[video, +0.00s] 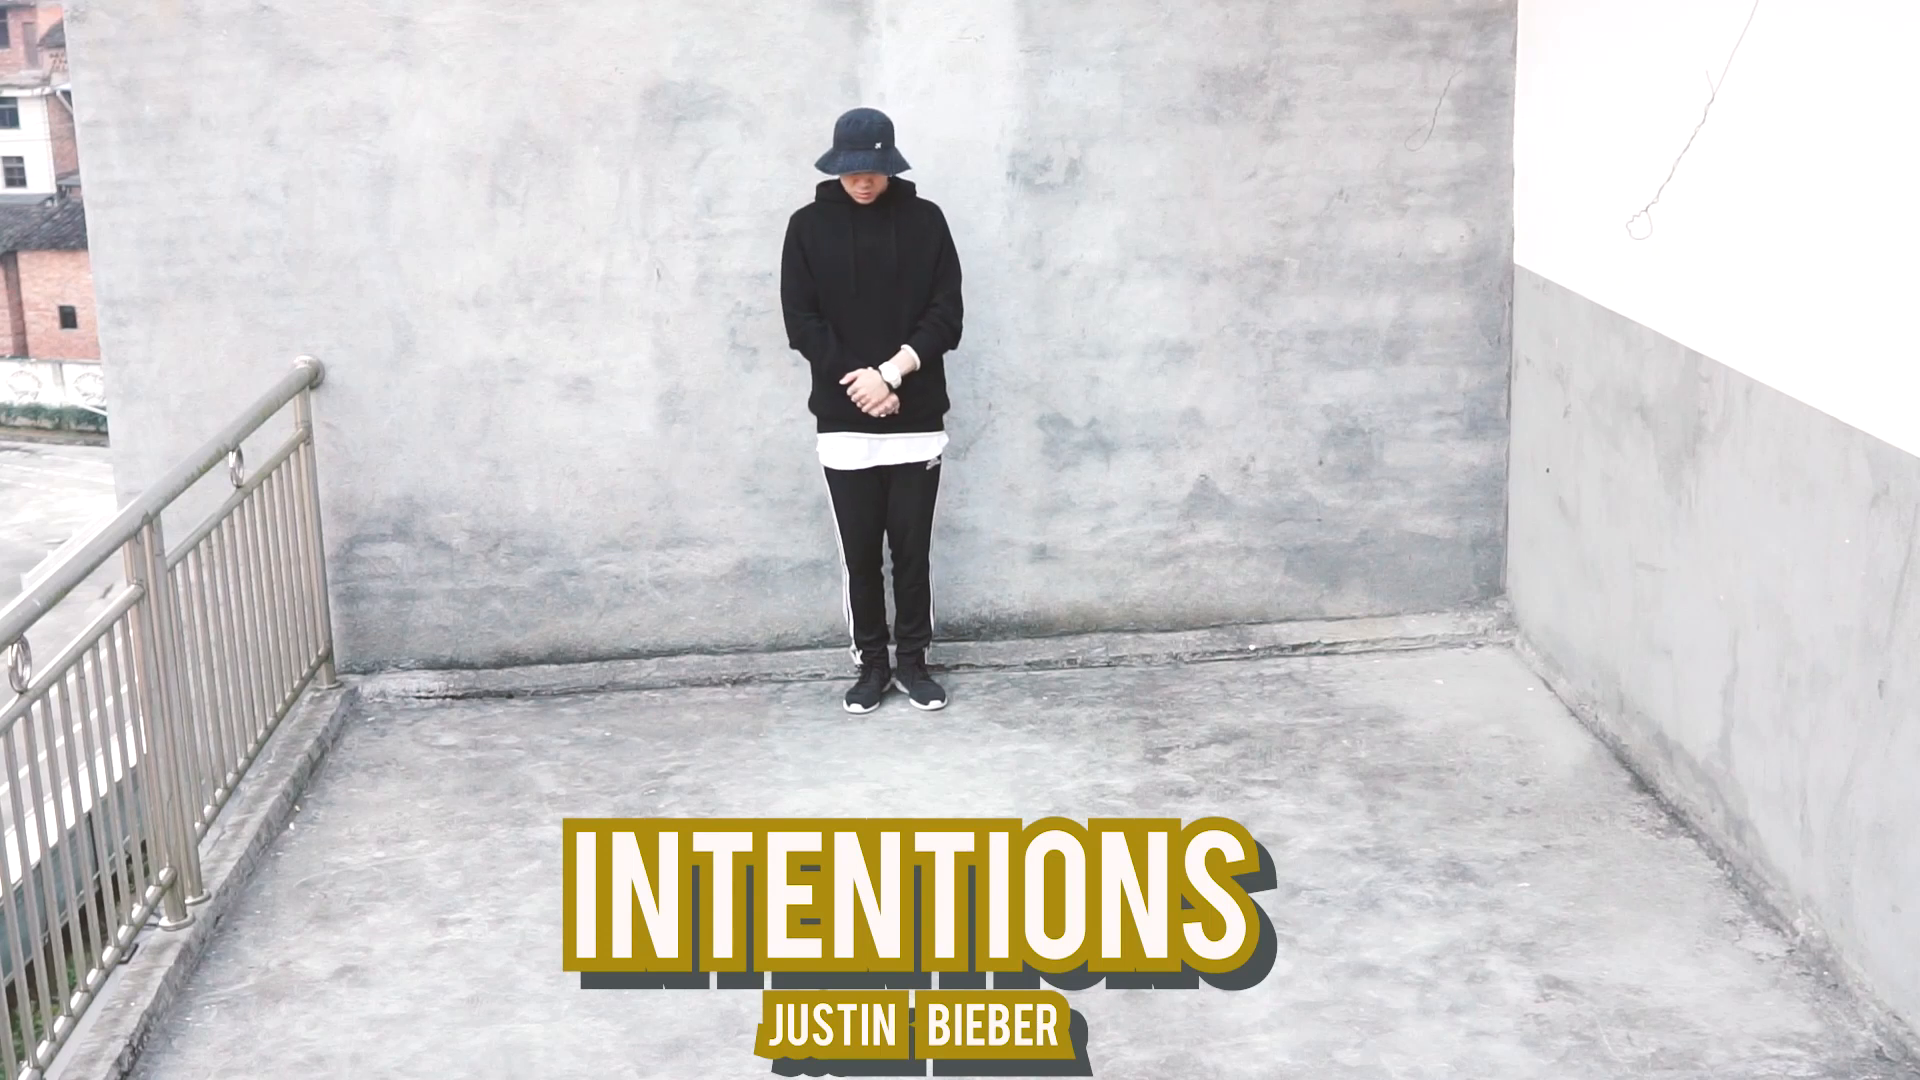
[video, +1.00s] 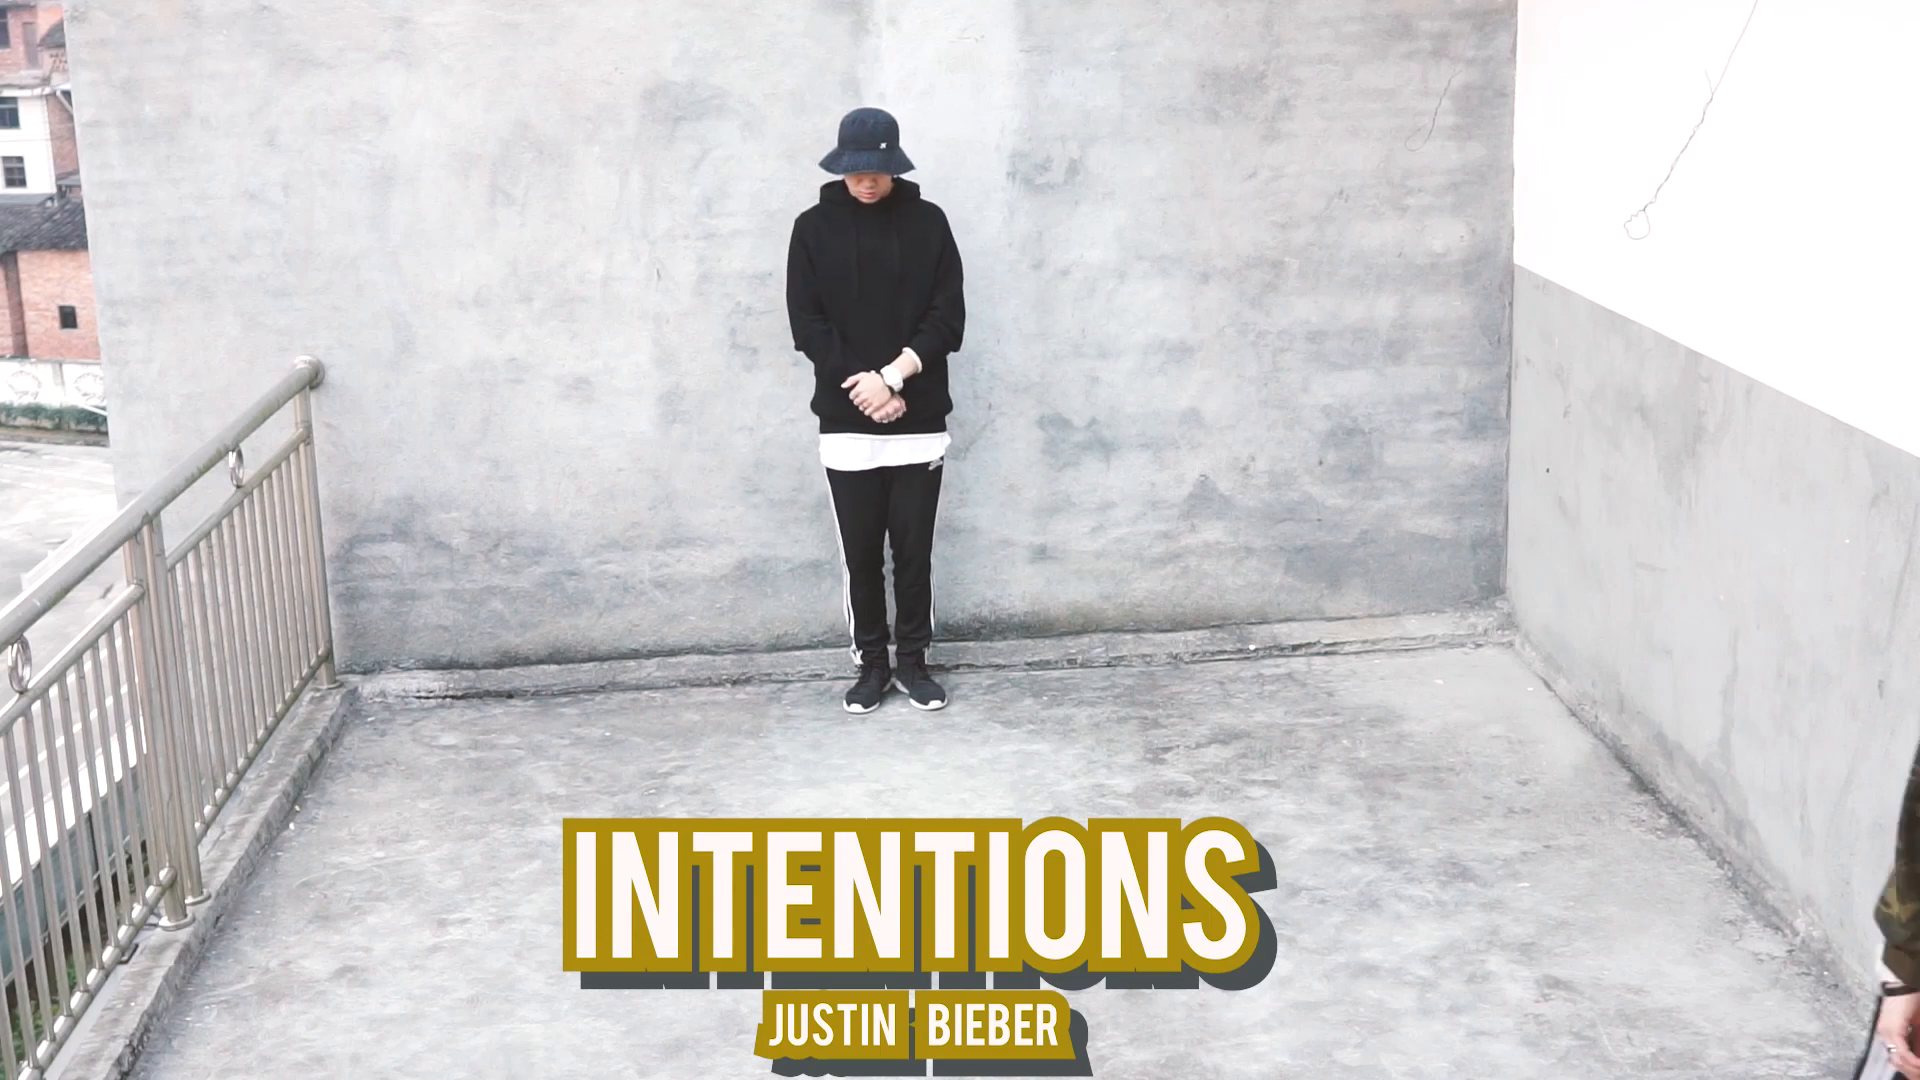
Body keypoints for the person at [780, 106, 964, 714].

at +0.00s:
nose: (862, 181)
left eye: (872, 171)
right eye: (851, 171)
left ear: (891, 166)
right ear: (835, 168)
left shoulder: (924, 219)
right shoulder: (809, 225)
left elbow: (947, 315)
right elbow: (801, 322)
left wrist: (892, 368)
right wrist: (859, 383)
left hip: (917, 412)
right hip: (842, 415)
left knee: (911, 548)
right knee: (860, 551)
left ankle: (913, 663)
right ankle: (872, 666)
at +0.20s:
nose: (862, 182)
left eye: (873, 171)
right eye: (851, 171)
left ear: (891, 166)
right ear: (835, 169)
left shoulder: (924, 219)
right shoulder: (809, 225)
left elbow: (947, 315)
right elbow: (802, 322)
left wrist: (892, 369)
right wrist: (859, 383)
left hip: (916, 412)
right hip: (842, 415)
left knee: (911, 548)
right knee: (860, 552)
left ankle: (913, 663)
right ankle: (872, 666)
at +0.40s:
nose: (861, 181)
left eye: (872, 171)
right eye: (851, 171)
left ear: (891, 166)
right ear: (835, 168)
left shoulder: (924, 219)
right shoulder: (809, 225)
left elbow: (947, 315)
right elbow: (802, 322)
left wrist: (892, 369)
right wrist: (859, 383)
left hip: (917, 412)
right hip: (843, 415)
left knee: (911, 548)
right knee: (860, 551)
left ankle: (913, 663)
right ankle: (872, 666)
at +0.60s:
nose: (861, 182)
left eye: (872, 171)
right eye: (851, 171)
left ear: (891, 166)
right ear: (835, 169)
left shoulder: (925, 219)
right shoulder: (810, 226)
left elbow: (947, 316)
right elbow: (803, 322)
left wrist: (892, 371)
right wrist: (860, 384)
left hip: (917, 413)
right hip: (843, 416)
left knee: (912, 548)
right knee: (860, 551)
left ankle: (913, 663)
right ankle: (872, 666)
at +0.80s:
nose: (863, 182)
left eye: (874, 171)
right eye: (852, 172)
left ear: (893, 167)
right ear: (837, 169)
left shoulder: (926, 220)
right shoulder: (813, 226)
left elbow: (948, 316)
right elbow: (804, 323)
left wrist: (893, 372)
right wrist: (861, 385)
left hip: (918, 414)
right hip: (844, 416)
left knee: (912, 549)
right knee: (861, 552)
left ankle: (913, 663)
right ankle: (872, 666)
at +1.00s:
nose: (865, 182)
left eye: (876, 171)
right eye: (855, 171)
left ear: (895, 167)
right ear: (840, 169)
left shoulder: (927, 220)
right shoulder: (814, 226)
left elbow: (948, 317)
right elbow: (806, 323)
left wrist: (893, 372)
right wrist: (864, 386)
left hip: (919, 414)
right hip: (844, 417)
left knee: (912, 548)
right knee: (861, 552)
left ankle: (913, 663)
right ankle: (872, 666)